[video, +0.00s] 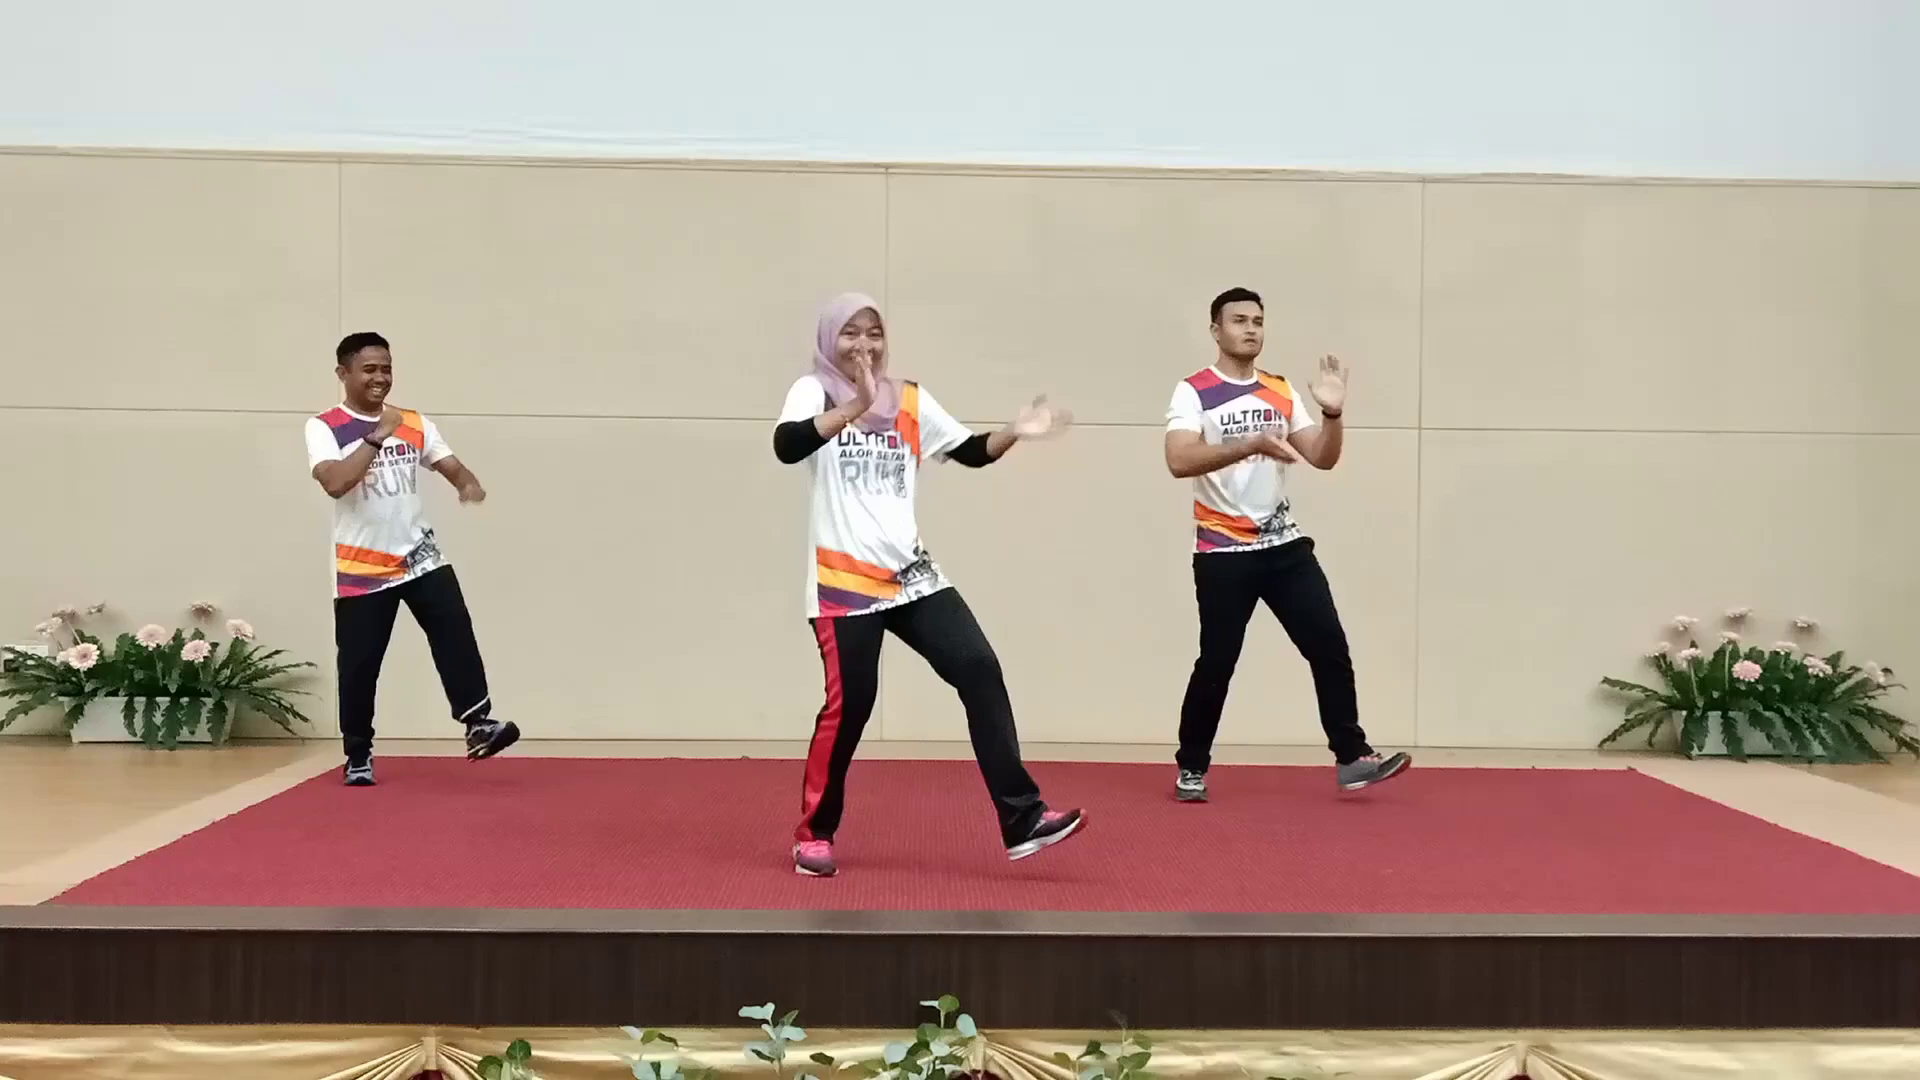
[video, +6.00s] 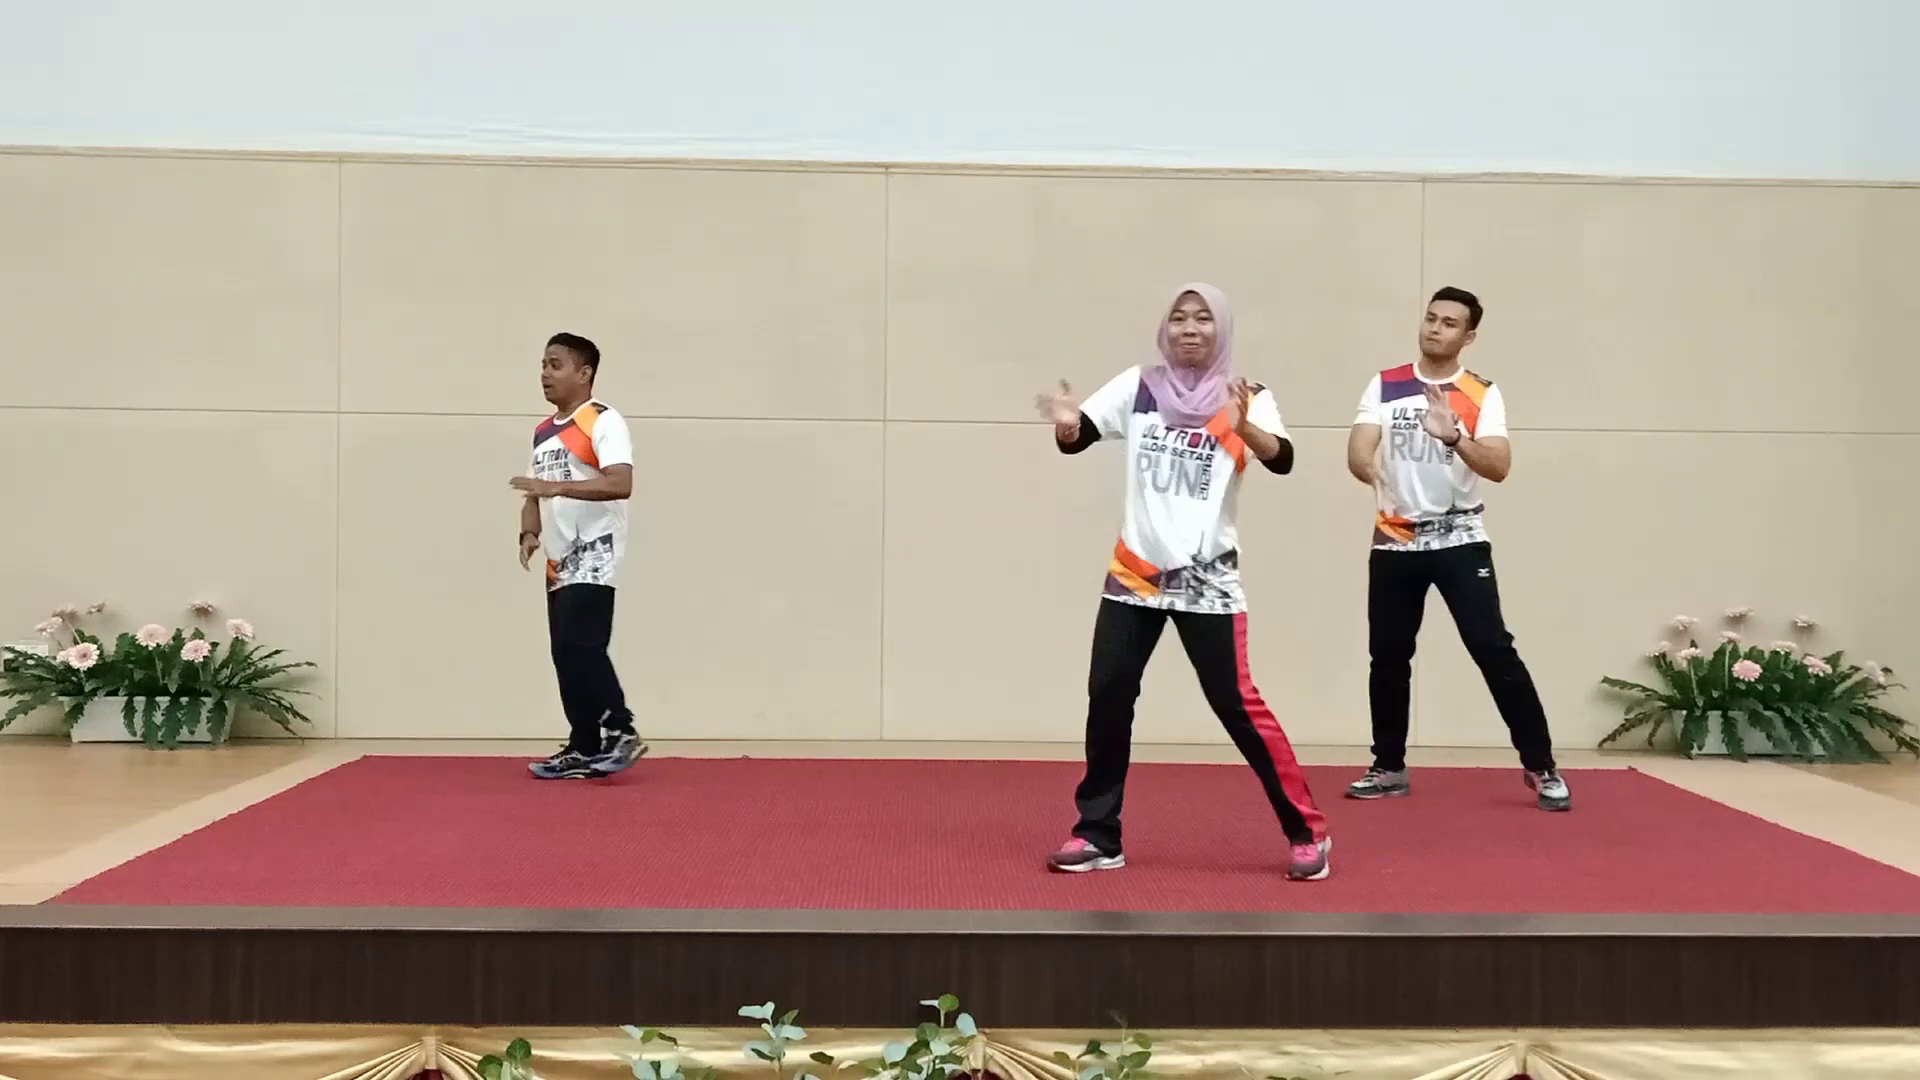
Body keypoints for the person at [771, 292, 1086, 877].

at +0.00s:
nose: (865, 343)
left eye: (873, 333)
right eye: (852, 333)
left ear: (886, 341)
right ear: (829, 342)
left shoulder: (910, 399)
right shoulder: (814, 391)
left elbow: (970, 452)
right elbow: (786, 448)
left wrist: (1014, 433)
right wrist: (855, 408)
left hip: (909, 572)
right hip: (842, 579)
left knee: (980, 671)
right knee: (849, 701)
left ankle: (1021, 820)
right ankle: (814, 835)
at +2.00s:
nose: (1382, 362)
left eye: (1395, 353)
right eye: (1376, 351)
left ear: (1425, 361)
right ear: (1368, 356)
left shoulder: (1426, 424)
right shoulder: (1361, 412)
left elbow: (1424, 502)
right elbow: (1287, 455)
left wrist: (1358, 517)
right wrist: (1285, 424)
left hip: (1374, 594)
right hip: (1316, 583)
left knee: (1357, 719)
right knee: (1239, 674)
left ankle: (1401, 848)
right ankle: (1174, 816)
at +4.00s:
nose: (881, 357)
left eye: (891, 348)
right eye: (868, 346)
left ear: (901, 359)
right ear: (845, 355)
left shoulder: (903, 423)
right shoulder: (825, 426)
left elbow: (964, 469)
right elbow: (816, 525)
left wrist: (965, 409)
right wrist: (863, 578)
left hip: (904, 596)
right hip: (838, 599)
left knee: (985, 670)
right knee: (843, 714)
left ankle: (1008, 820)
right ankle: (783, 834)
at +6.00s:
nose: (1189, 327)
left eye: (1202, 318)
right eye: (1179, 317)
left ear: (1223, 331)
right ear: (1164, 329)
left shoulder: (1246, 398)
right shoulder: (1138, 385)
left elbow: (1282, 461)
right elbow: (1073, 441)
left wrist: (1245, 427)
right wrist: (1067, 421)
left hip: (1208, 580)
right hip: (1134, 575)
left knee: (1236, 702)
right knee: (1107, 696)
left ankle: (1307, 835)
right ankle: (1098, 836)